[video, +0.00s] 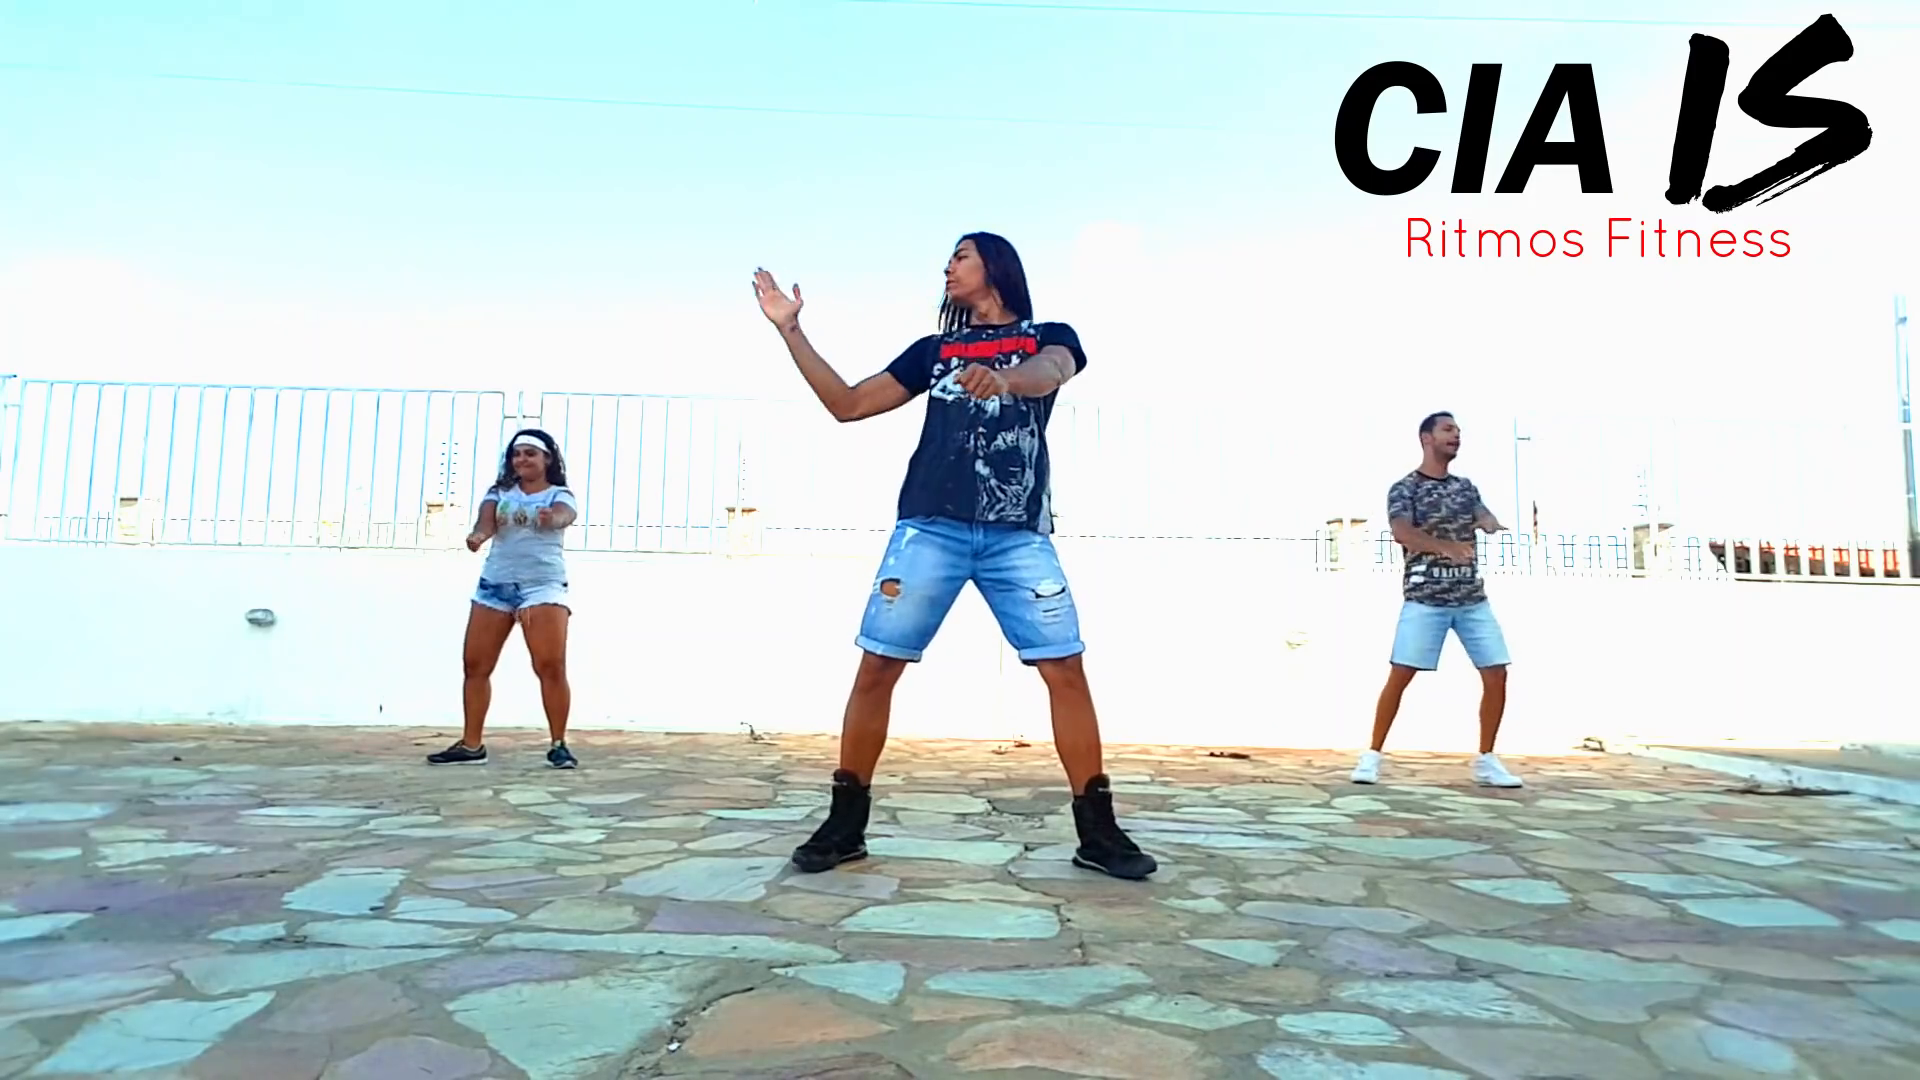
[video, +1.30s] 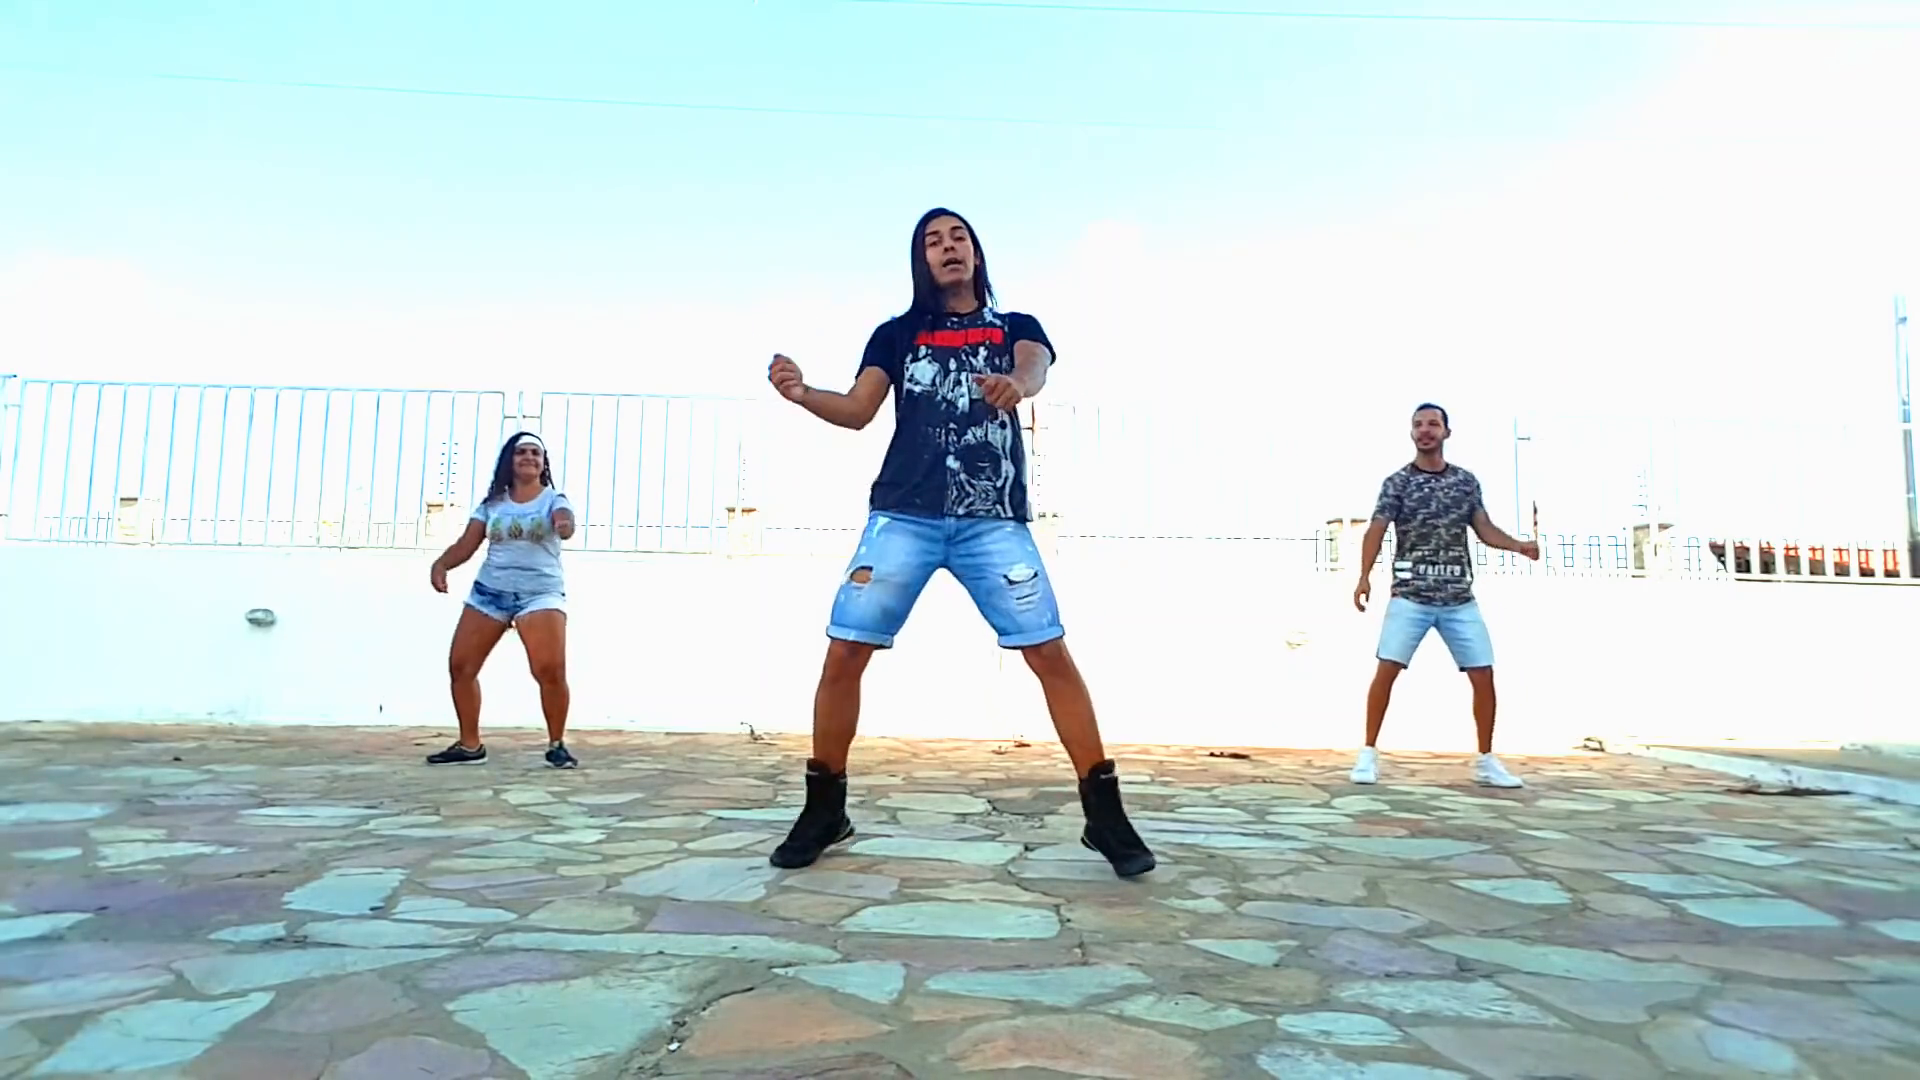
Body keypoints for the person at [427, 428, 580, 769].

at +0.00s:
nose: (522, 458)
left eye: (530, 452)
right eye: (517, 453)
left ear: (548, 459)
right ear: (511, 460)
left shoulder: (561, 494)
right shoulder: (498, 493)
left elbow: (563, 515)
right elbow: (486, 520)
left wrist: (549, 519)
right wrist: (479, 534)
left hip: (542, 585)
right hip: (495, 584)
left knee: (550, 666)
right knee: (475, 665)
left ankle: (558, 744)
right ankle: (471, 743)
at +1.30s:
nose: (528, 457)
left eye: (535, 453)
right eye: (521, 453)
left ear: (543, 463)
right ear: (509, 462)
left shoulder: (553, 499)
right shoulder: (492, 503)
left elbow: (565, 521)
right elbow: (468, 543)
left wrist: (563, 527)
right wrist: (441, 564)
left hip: (540, 593)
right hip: (490, 592)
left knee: (550, 671)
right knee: (461, 666)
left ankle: (557, 744)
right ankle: (469, 744)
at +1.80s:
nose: (489, 446)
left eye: (497, 440)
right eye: (483, 439)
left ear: (508, 448)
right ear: (472, 445)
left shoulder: (512, 483)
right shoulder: (449, 481)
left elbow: (520, 499)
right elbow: (433, 510)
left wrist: (517, 506)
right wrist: (426, 526)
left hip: (501, 570)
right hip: (453, 569)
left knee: (523, 648)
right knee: (434, 655)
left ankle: (544, 724)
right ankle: (438, 730)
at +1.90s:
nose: (468, 435)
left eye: (476, 430)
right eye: (462, 430)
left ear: (491, 436)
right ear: (454, 438)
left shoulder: (505, 467)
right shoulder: (442, 472)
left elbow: (507, 482)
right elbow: (422, 505)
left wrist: (502, 488)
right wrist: (390, 522)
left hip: (487, 565)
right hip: (437, 564)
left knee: (497, 643)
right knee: (419, 646)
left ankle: (507, 725)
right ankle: (419, 723)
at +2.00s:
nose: (453, 439)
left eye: (461, 434)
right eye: (446, 434)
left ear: (477, 441)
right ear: (439, 443)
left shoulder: (491, 472)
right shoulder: (428, 481)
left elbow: (493, 485)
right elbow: (414, 516)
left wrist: (483, 490)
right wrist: (389, 530)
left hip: (474, 570)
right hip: (425, 567)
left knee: (475, 656)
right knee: (399, 648)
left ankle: (477, 738)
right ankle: (383, 724)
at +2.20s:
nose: (429, 461)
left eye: (438, 456)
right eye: (423, 456)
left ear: (452, 466)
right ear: (414, 464)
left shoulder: (457, 500)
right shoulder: (393, 494)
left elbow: (456, 525)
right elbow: (375, 523)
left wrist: (453, 516)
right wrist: (372, 539)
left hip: (439, 584)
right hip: (391, 586)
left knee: (449, 659)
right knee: (356, 663)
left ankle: (473, 740)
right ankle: (358, 742)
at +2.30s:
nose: (414, 444)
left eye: (423, 440)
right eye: (409, 439)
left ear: (437, 451)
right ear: (400, 447)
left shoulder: (440, 486)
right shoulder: (378, 478)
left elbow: (441, 505)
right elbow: (355, 507)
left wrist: (439, 505)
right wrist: (331, 520)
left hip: (419, 572)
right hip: (372, 570)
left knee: (432, 650)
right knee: (351, 654)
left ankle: (448, 731)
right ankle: (352, 733)